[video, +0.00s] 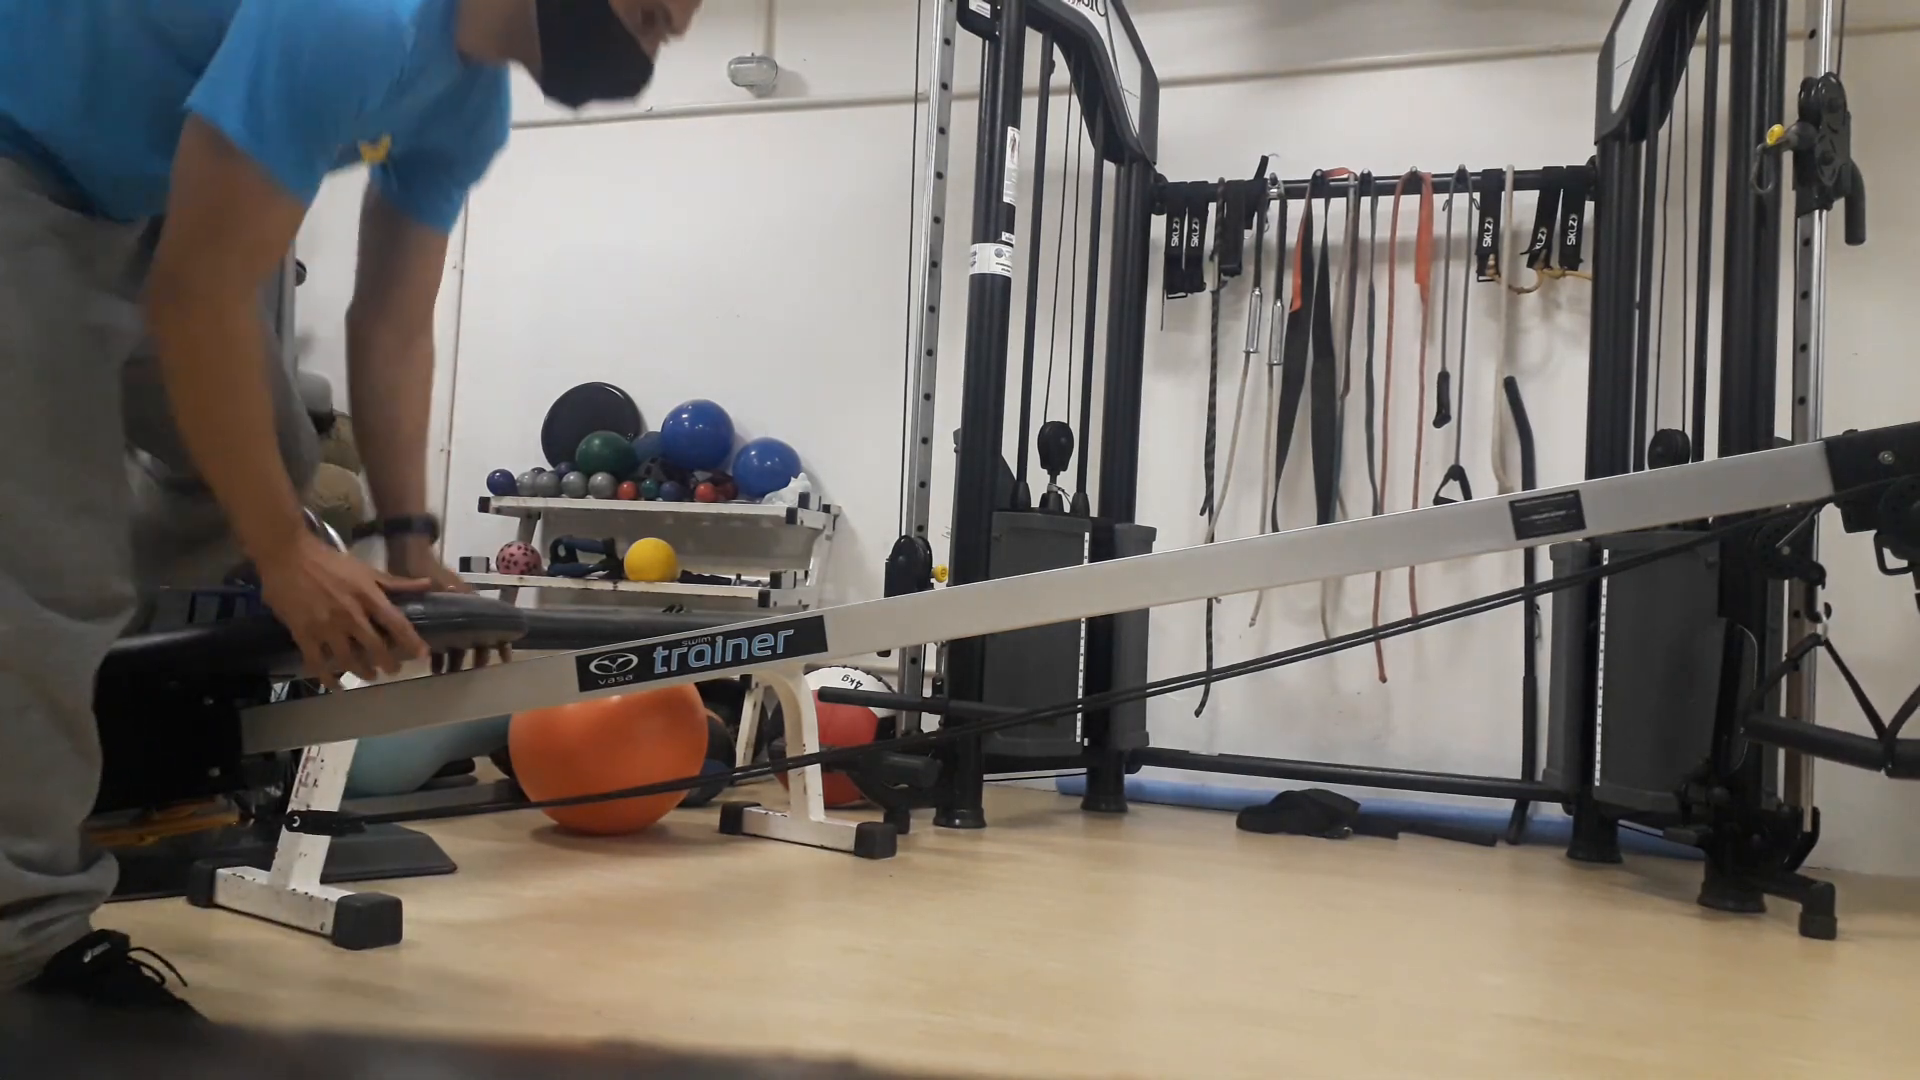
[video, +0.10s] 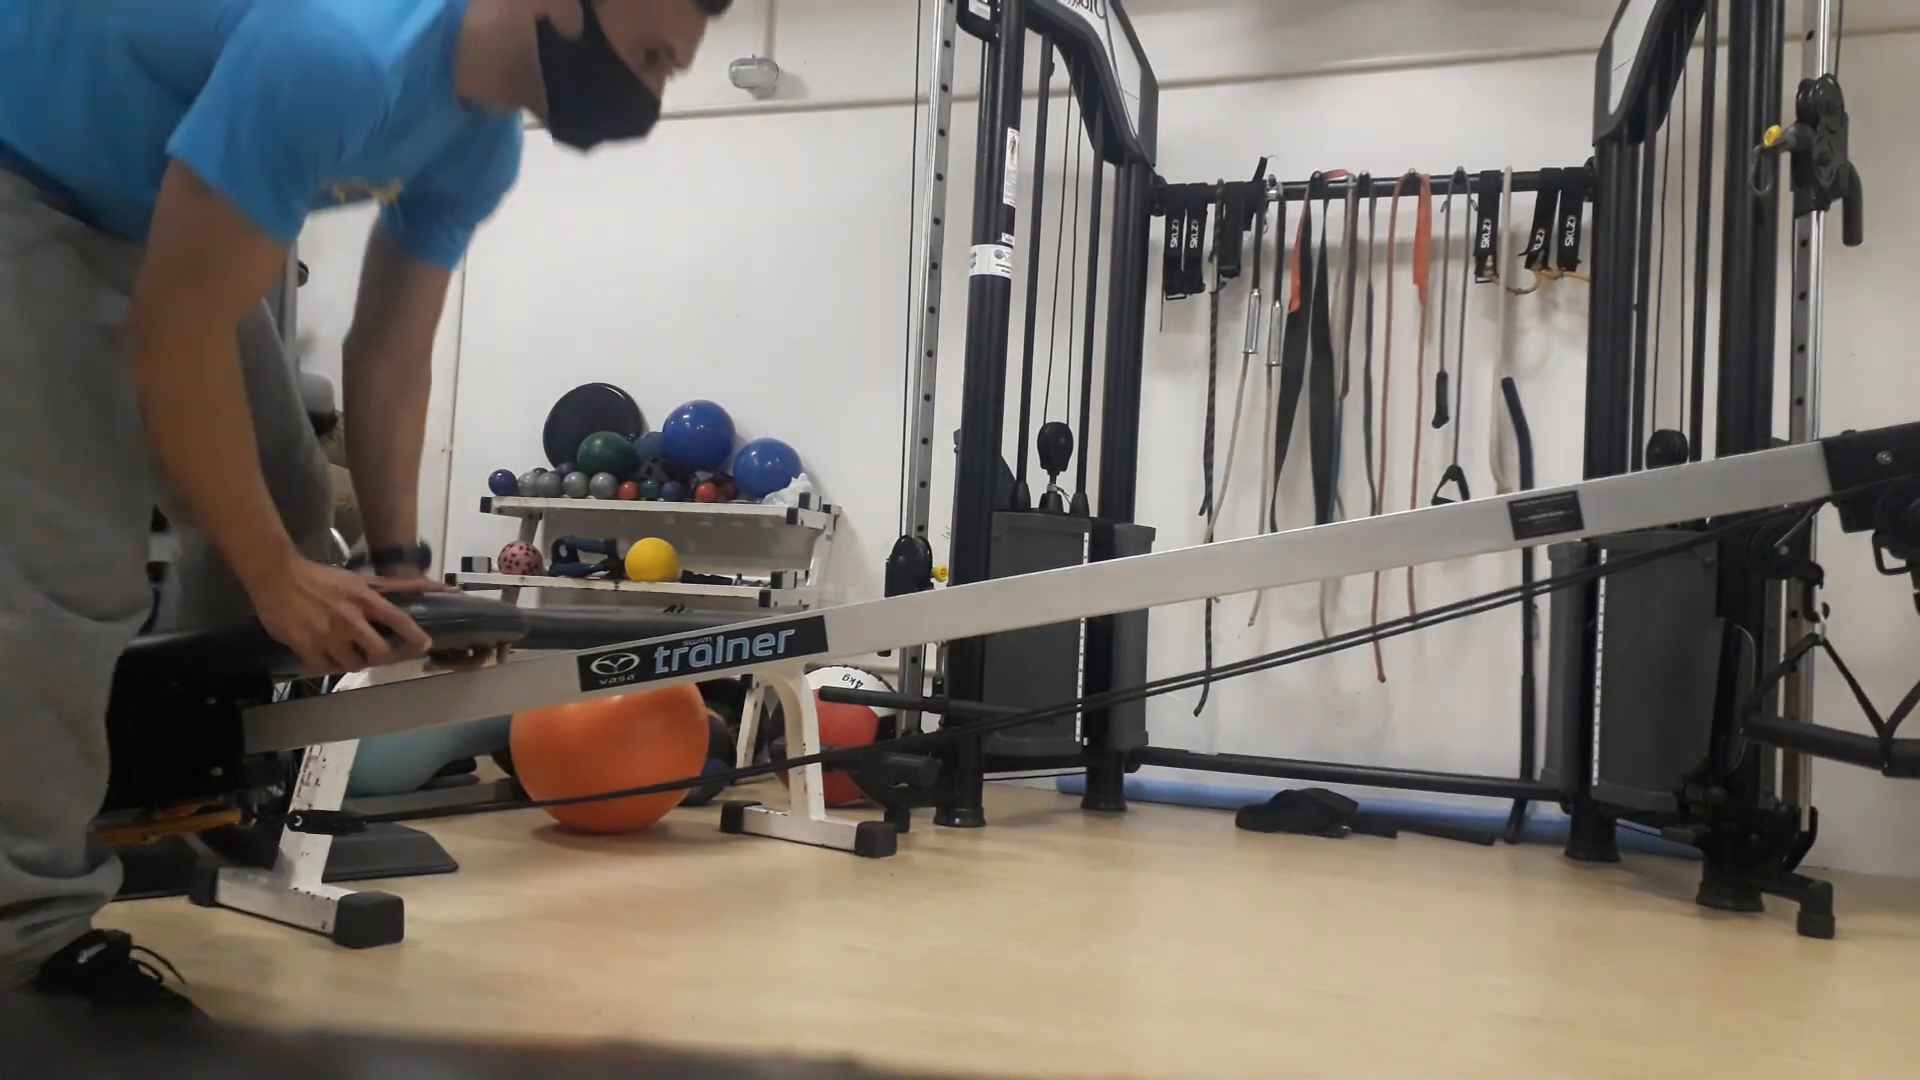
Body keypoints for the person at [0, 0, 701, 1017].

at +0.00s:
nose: (671, 21)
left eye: (680, 16)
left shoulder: (471, 97)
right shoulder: (350, 20)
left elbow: (395, 314)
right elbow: (197, 294)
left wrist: (410, 538)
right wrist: (284, 549)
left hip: (161, 189)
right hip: (30, 161)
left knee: (264, 471)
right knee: (59, 562)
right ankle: (31, 935)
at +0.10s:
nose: (653, 94)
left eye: (671, 71)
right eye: (652, 57)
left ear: (564, 21)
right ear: (560, 10)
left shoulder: (478, 139)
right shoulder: (329, 51)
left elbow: (394, 349)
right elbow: (176, 329)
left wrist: (396, 560)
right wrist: (274, 571)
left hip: (194, 195)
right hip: (36, 171)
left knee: (283, 517)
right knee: (71, 553)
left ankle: (273, 803)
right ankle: (35, 930)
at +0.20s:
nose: (654, 131)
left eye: (675, 109)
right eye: (651, 93)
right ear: (549, 23)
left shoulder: (495, 174)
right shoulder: (322, 82)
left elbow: (388, 368)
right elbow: (156, 343)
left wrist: (393, 575)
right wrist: (277, 582)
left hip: (201, 227)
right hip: (34, 192)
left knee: (282, 557)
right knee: (80, 550)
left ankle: (238, 830)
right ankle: (29, 927)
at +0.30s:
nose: (669, 165)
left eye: (684, 141)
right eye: (661, 125)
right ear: (556, 58)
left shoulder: (514, 214)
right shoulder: (328, 116)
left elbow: (384, 386)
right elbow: (146, 355)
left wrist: (400, 580)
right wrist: (284, 580)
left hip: (208, 286)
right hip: (39, 234)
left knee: (314, 574)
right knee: (80, 561)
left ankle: (202, 870)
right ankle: (20, 920)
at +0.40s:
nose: (679, 202)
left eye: (695, 179)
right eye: (668, 162)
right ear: (564, 106)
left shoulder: (530, 261)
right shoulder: (349, 162)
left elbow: (384, 404)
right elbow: (138, 371)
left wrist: (416, 581)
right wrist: (299, 581)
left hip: (225, 365)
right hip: (43, 305)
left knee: (365, 575)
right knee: (79, 575)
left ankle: (211, 873)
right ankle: (24, 922)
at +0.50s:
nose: (693, 219)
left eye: (708, 196)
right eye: (683, 179)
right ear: (579, 125)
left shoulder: (542, 287)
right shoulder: (358, 188)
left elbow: (391, 420)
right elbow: (148, 381)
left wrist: (433, 574)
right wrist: (328, 574)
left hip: (236, 392)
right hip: (54, 336)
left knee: (381, 602)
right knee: (93, 590)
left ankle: (211, 873)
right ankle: (24, 926)